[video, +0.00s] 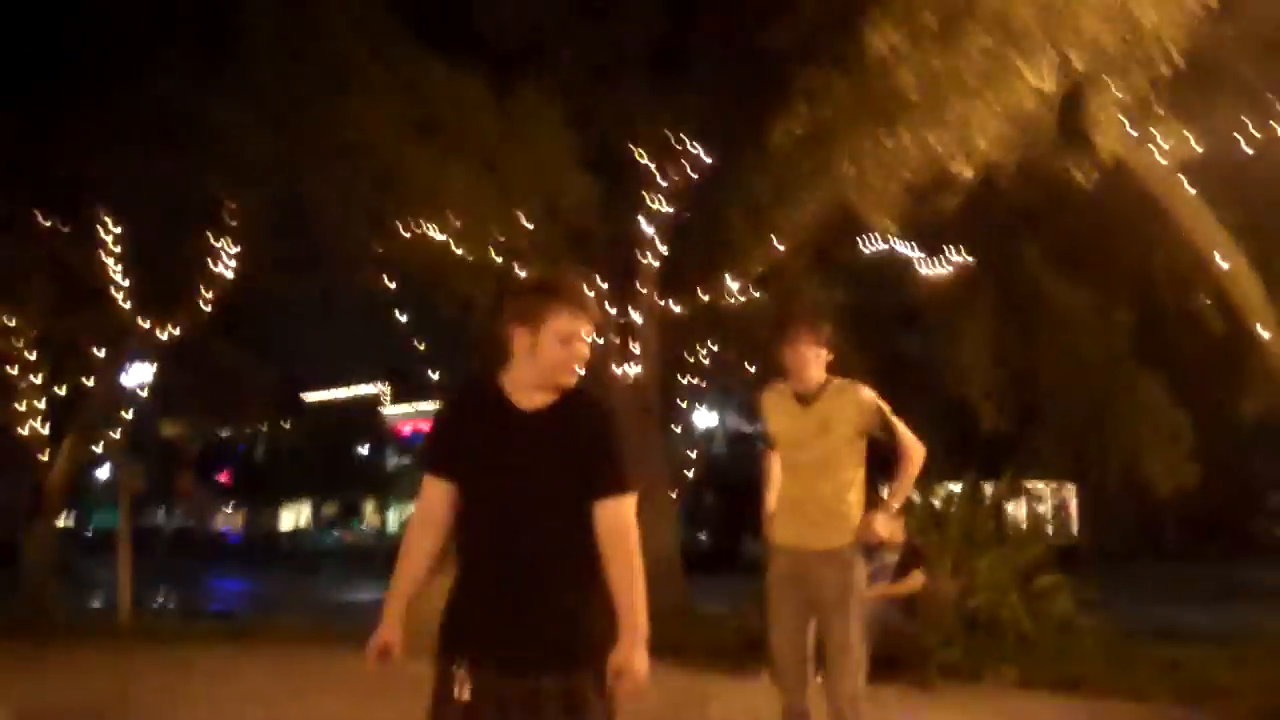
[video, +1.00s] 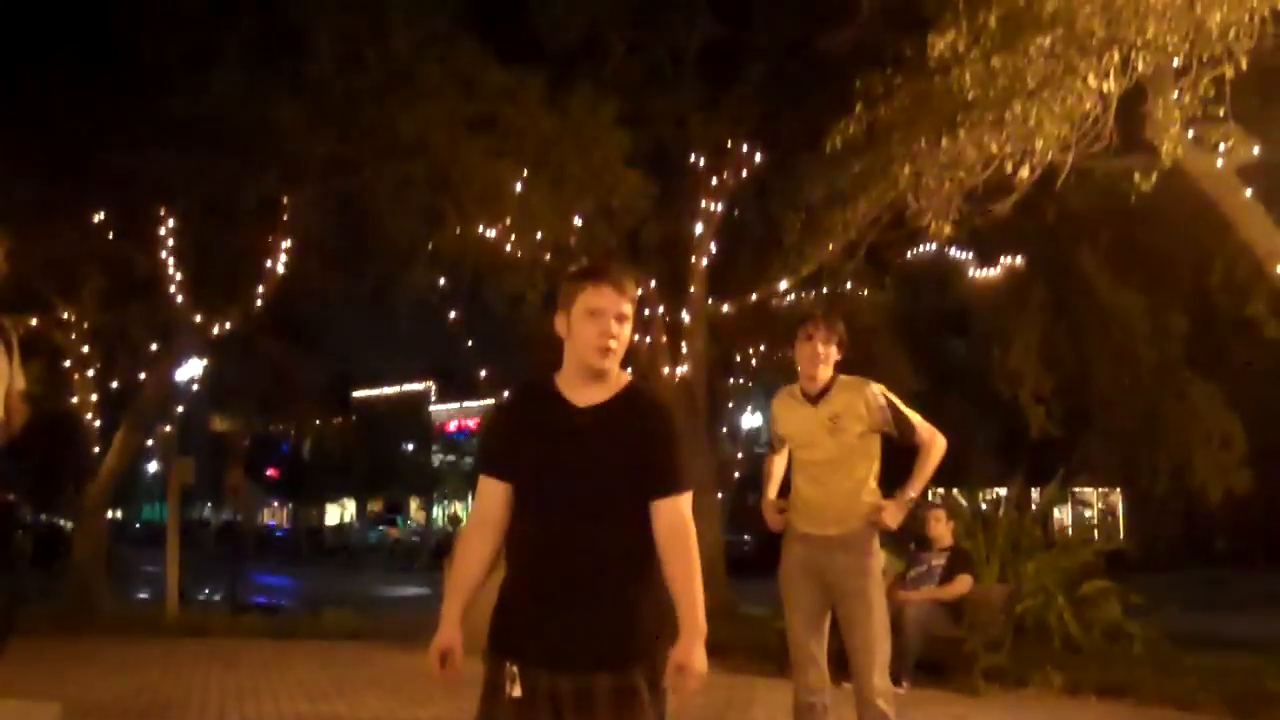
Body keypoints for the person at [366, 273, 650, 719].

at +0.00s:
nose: (582, 353)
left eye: (587, 341)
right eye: (567, 339)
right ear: (521, 338)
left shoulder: (591, 419)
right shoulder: (468, 411)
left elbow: (619, 534)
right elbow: (430, 518)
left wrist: (633, 636)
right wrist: (393, 614)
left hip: (572, 648)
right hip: (479, 645)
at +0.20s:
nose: (619, 387)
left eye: (623, 375)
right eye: (606, 374)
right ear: (559, 372)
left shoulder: (630, 454)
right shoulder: (503, 446)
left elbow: (657, 562)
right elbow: (469, 553)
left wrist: (676, 667)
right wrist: (437, 658)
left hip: (613, 677)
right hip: (522, 676)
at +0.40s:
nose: (641, 363)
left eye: (645, 350)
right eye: (628, 349)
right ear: (580, 347)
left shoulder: (649, 429)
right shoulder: (522, 419)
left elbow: (675, 538)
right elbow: (484, 526)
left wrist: (696, 639)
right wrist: (450, 627)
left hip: (625, 659)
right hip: (530, 658)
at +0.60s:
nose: (652, 339)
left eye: (657, 326)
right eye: (639, 322)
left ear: (663, 330)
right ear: (593, 320)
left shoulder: (661, 406)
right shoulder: (532, 397)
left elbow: (688, 516)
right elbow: (492, 503)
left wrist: (717, 616)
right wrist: (454, 597)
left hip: (631, 642)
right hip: (535, 639)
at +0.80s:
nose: (616, 343)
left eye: (627, 330)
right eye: (600, 328)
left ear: (637, 340)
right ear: (566, 332)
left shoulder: (653, 429)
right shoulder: (521, 424)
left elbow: (681, 531)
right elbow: (484, 524)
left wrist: (705, 633)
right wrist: (446, 618)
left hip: (627, 655)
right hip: (531, 654)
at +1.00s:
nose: (609, 329)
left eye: (621, 318)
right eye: (594, 314)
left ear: (632, 332)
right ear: (562, 323)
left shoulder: (650, 418)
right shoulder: (519, 414)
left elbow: (675, 529)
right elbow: (486, 521)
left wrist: (693, 632)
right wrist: (450, 617)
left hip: (624, 649)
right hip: (527, 648)